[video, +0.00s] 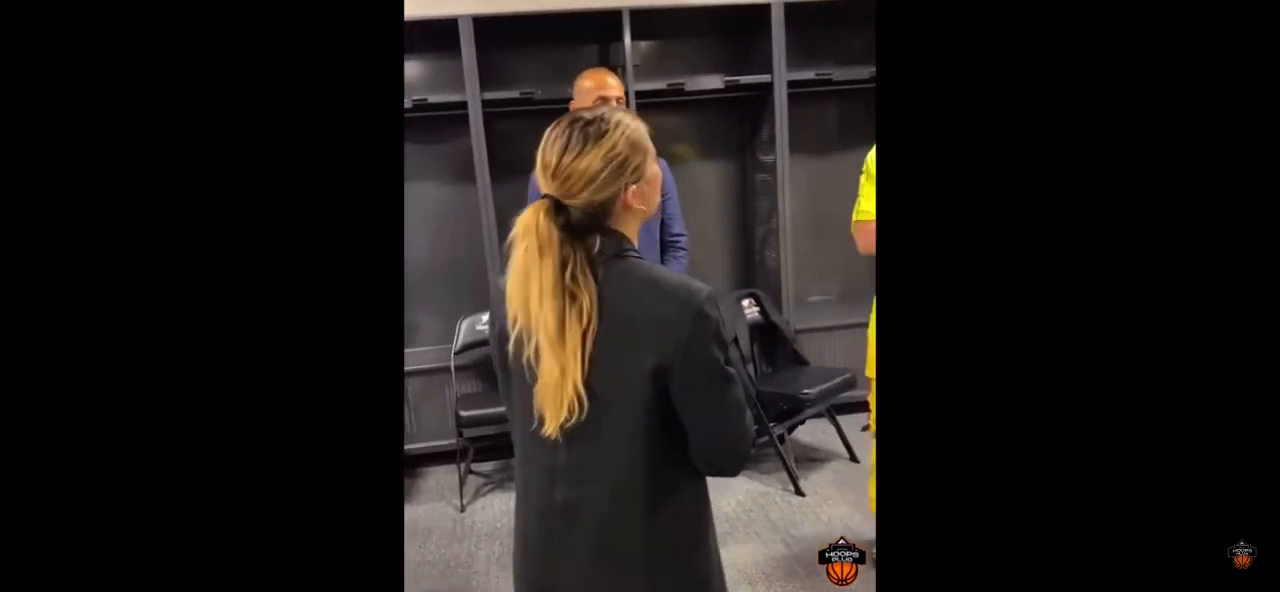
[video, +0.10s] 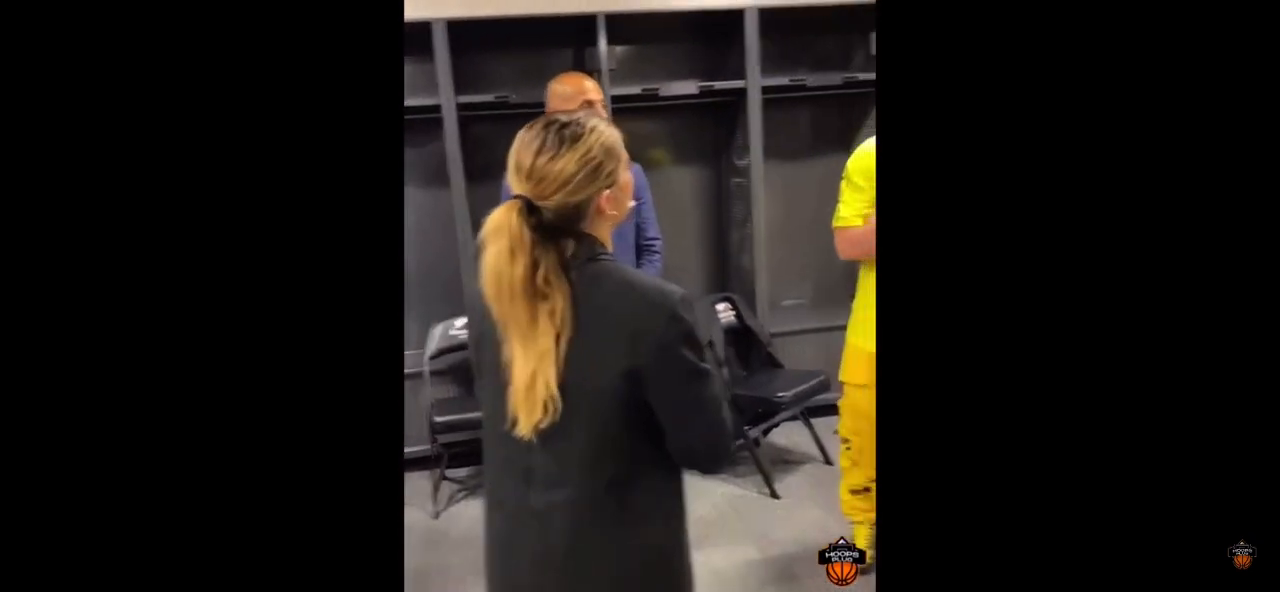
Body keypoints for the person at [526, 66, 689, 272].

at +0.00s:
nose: (612, 111)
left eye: (620, 101)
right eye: (601, 101)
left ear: (626, 104)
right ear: (574, 107)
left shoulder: (654, 169)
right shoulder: (549, 174)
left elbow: (676, 244)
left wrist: (664, 296)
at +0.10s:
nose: (601, 115)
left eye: (603, 104)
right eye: (587, 106)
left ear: (607, 107)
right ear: (553, 115)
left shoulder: (629, 174)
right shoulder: (524, 177)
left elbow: (650, 249)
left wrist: (637, 298)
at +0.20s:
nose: (557, 124)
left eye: (563, 111)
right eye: (546, 116)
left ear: (579, 116)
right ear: (521, 123)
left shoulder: (599, 179)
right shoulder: (494, 183)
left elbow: (622, 251)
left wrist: (611, 307)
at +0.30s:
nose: (547, 127)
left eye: (545, 115)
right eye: (530, 117)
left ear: (551, 119)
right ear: (494, 128)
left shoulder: (567, 185)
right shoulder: (463, 190)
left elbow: (591, 258)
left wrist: (581, 317)